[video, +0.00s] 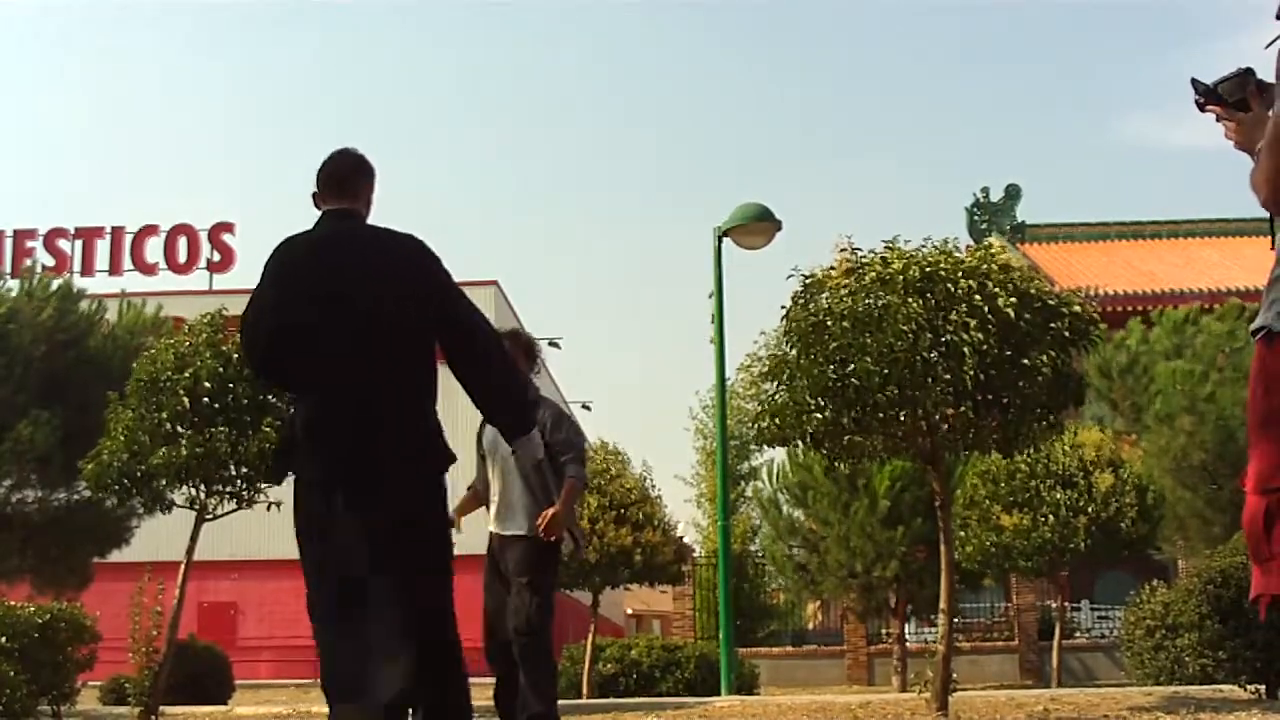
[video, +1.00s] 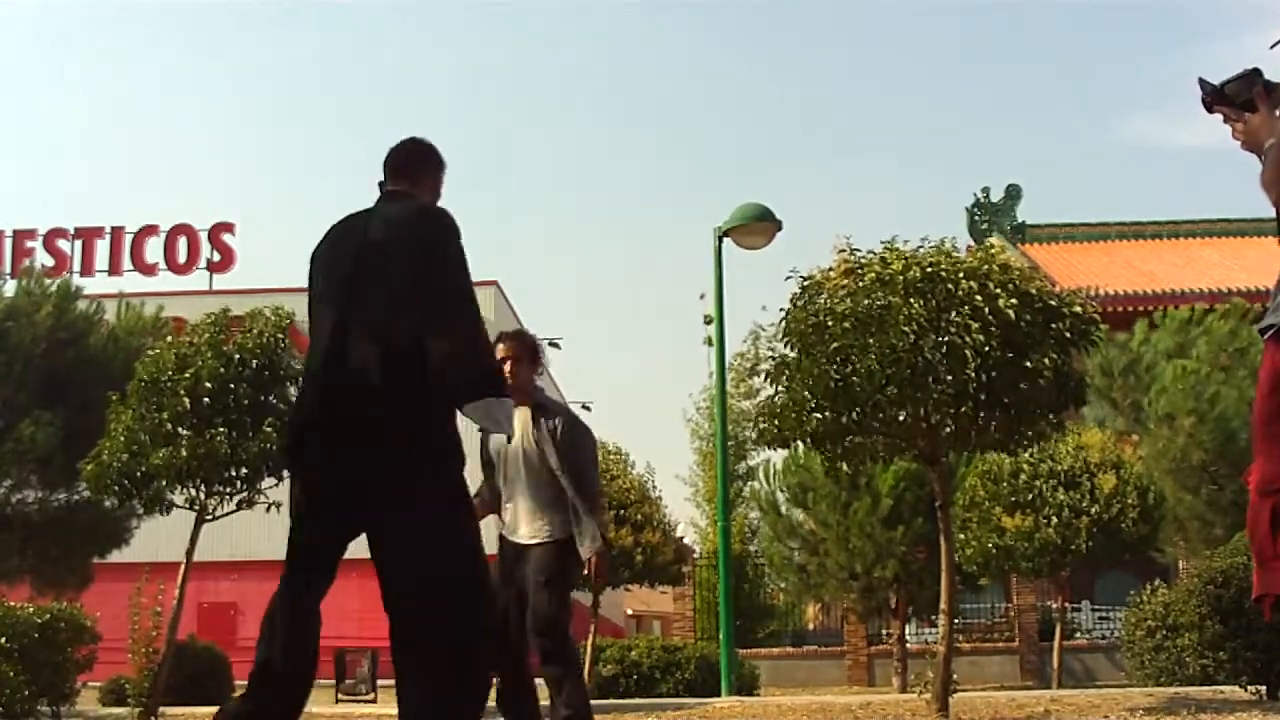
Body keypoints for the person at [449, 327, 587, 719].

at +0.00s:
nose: (504, 369)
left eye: (512, 359)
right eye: (499, 360)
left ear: (530, 364)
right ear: (491, 366)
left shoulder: (551, 414)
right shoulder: (489, 423)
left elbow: (575, 464)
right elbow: (484, 484)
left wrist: (563, 508)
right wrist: (455, 514)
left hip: (535, 541)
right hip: (499, 541)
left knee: (528, 634)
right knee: (497, 639)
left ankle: (539, 712)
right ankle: (510, 712)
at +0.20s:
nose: (496, 368)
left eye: (505, 359)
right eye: (491, 360)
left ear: (526, 363)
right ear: (486, 368)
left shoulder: (550, 418)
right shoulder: (490, 422)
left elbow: (573, 480)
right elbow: (484, 486)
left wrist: (573, 531)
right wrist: (449, 516)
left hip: (535, 538)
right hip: (500, 539)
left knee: (527, 631)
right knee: (498, 631)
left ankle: (539, 711)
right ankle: (507, 711)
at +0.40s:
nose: (494, 370)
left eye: (502, 361)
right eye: (488, 362)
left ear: (523, 365)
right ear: (484, 368)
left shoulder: (548, 419)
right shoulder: (487, 420)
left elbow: (574, 487)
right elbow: (486, 484)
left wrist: (583, 540)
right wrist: (459, 516)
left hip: (534, 543)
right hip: (497, 542)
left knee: (527, 636)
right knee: (498, 639)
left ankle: (540, 713)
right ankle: (507, 713)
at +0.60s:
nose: (496, 370)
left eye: (505, 362)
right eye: (489, 363)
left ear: (524, 366)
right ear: (482, 371)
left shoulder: (552, 421)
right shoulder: (481, 425)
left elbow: (578, 484)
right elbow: (480, 484)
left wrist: (586, 537)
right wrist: (456, 519)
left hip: (537, 543)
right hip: (497, 542)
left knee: (529, 634)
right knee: (498, 638)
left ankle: (542, 712)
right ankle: (511, 712)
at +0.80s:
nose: (500, 372)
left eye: (509, 363)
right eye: (493, 365)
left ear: (527, 367)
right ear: (486, 373)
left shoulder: (551, 421)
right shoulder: (483, 427)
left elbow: (580, 487)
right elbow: (483, 488)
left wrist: (585, 540)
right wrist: (458, 513)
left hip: (542, 544)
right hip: (502, 544)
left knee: (543, 639)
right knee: (502, 647)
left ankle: (565, 713)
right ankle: (518, 715)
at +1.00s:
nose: (504, 369)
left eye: (512, 361)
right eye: (499, 363)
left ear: (534, 366)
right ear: (495, 370)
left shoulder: (561, 423)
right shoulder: (494, 425)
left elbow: (585, 488)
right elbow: (494, 488)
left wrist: (593, 542)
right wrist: (467, 513)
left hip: (552, 542)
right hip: (510, 542)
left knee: (547, 632)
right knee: (509, 638)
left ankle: (572, 712)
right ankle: (518, 713)